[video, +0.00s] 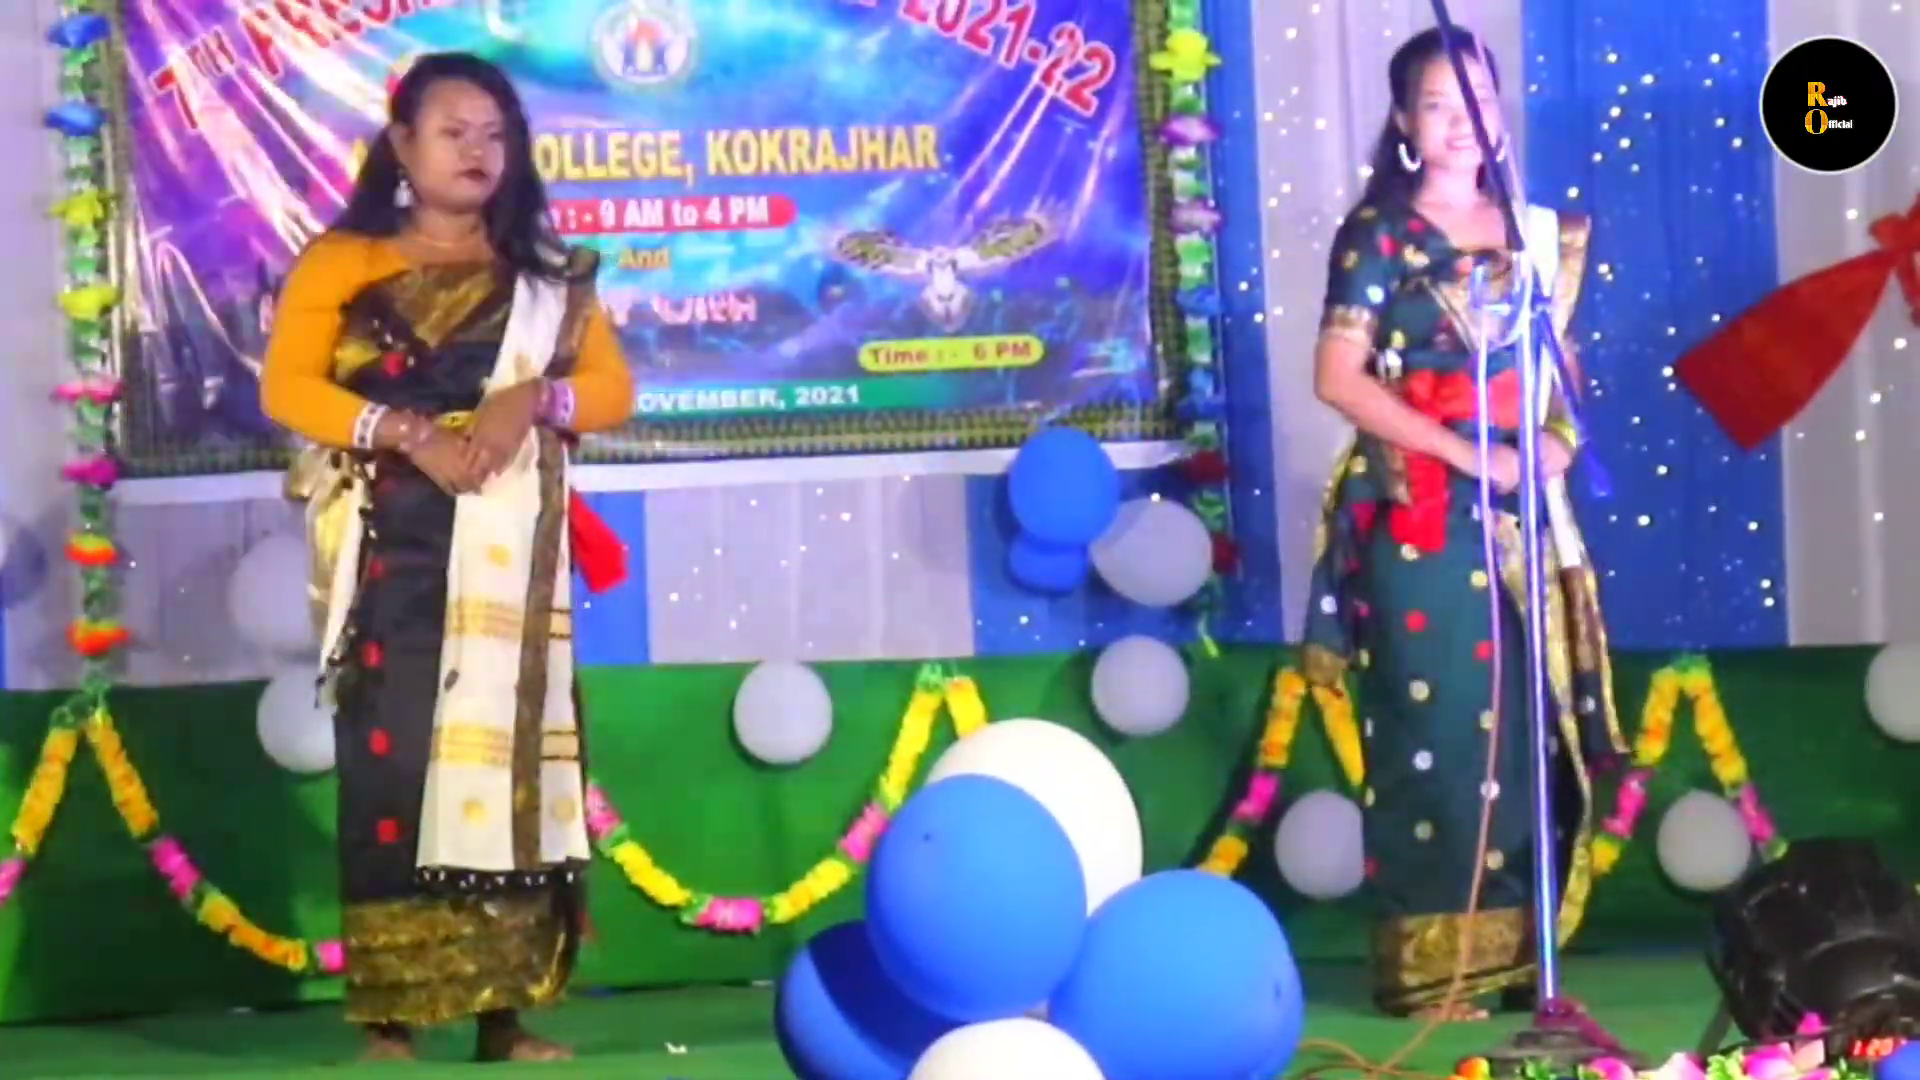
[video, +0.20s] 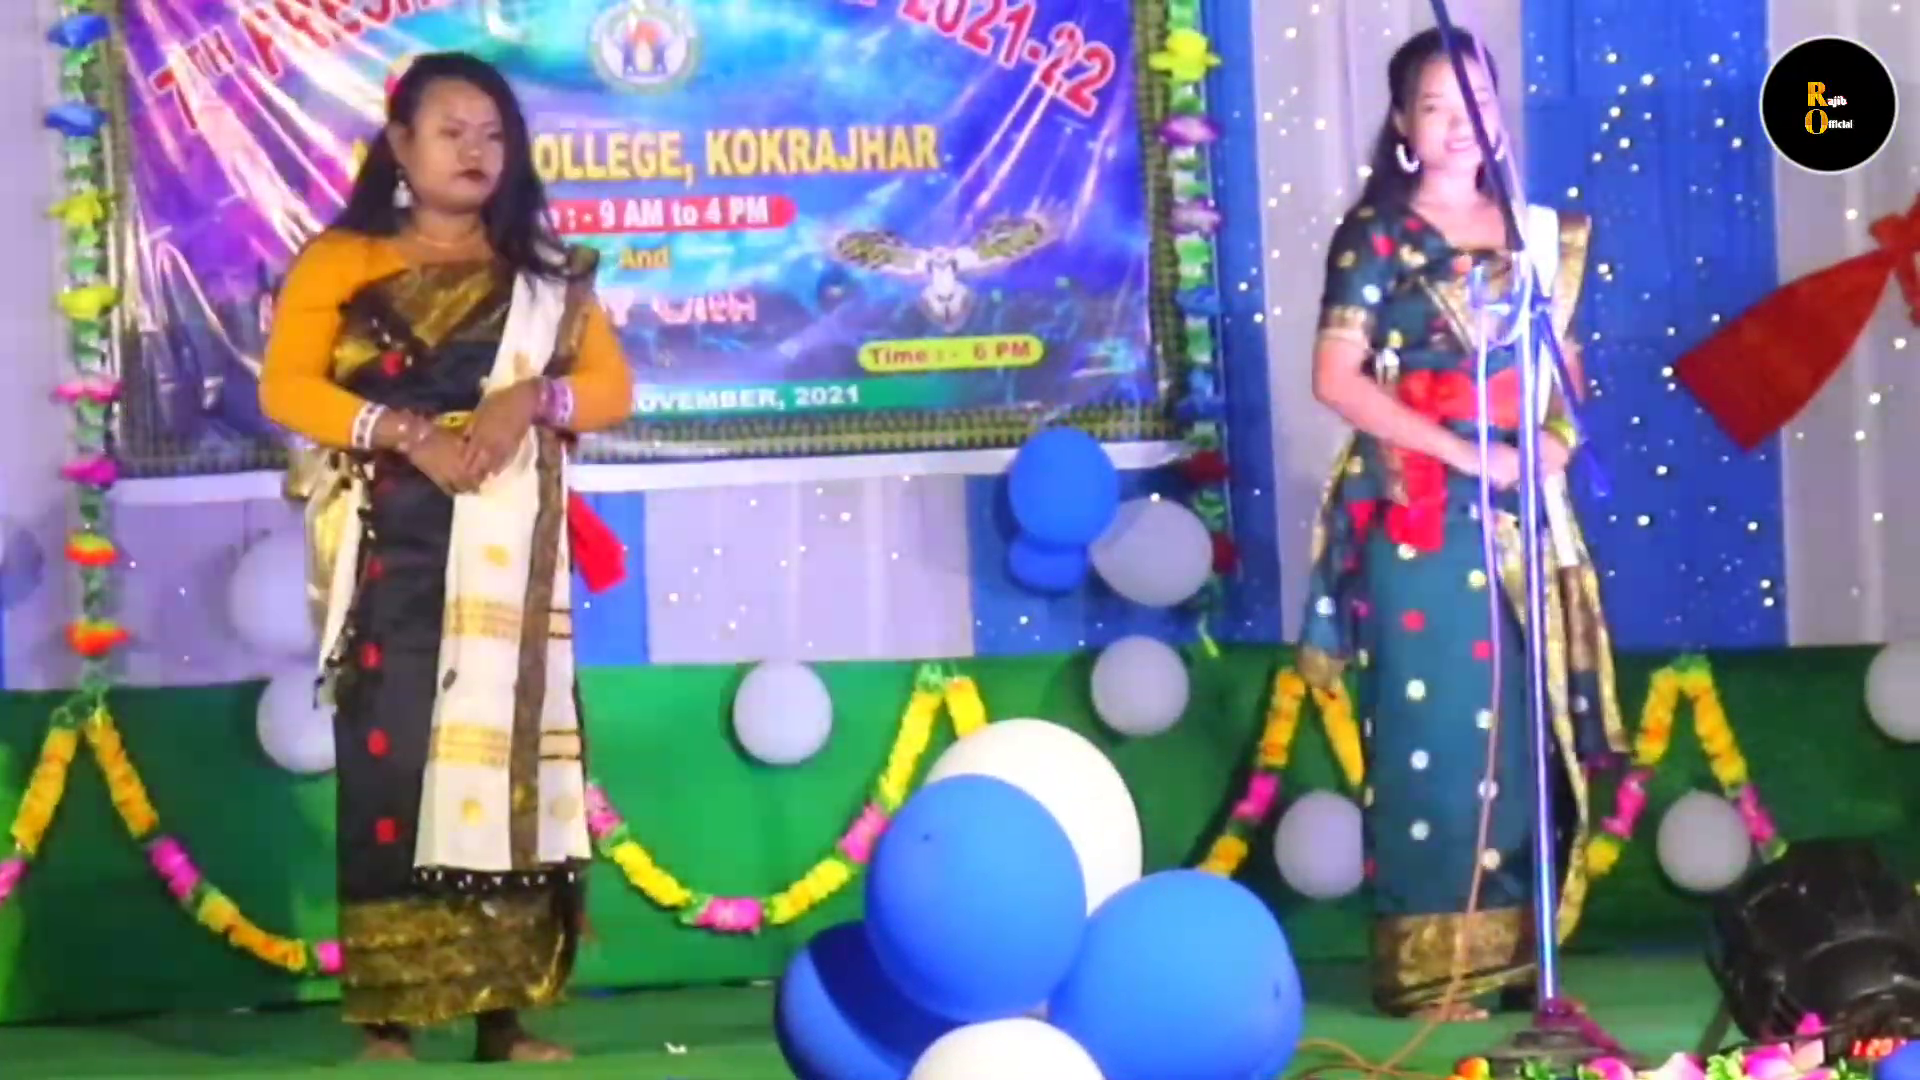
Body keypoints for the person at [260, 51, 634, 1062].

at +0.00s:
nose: (478, 151)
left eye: (495, 135)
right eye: (454, 132)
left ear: (514, 152)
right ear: (403, 146)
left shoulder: (545, 272)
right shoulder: (341, 262)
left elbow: (615, 393)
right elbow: (285, 388)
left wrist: (530, 398)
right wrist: (403, 427)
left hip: (512, 559)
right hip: (394, 556)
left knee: (514, 761)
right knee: (393, 766)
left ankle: (508, 1013)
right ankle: (390, 1011)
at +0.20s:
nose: (476, 150)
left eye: (493, 134)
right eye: (452, 131)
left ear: (512, 151)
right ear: (401, 146)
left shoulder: (543, 271)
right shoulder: (339, 262)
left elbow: (615, 389)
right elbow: (284, 388)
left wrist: (529, 399)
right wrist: (401, 427)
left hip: (512, 560)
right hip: (393, 557)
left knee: (513, 760)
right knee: (391, 766)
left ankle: (507, 1012)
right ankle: (386, 1011)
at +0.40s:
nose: (476, 153)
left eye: (492, 136)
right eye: (452, 134)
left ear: (511, 152)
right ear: (400, 147)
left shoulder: (544, 269)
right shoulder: (340, 261)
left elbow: (615, 389)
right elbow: (285, 387)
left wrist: (532, 398)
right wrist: (402, 427)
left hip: (512, 559)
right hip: (394, 557)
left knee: (513, 760)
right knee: (392, 765)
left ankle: (508, 1012)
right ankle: (388, 1011)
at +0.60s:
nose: (471, 153)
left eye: (489, 136)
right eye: (447, 132)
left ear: (512, 153)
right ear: (399, 147)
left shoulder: (546, 271)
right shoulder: (339, 261)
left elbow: (617, 388)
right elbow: (283, 389)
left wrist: (533, 398)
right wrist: (403, 431)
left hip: (514, 561)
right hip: (396, 558)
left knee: (514, 765)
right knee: (393, 770)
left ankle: (507, 1013)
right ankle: (387, 1012)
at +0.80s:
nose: (480, 150)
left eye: (498, 134)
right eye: (457, 130)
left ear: (516, 153)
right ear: (405, 144)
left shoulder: (546, 272)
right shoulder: (342, 264)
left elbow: (618, 389)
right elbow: (286, 393)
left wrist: (533, 400)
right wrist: (404, 432)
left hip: (516, 561)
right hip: (397, 558)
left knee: (516, 762)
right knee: (395, 767)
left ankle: (508, 1015)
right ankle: (389, 1015)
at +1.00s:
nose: (483, 142)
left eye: (498, 129)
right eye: (458, 125)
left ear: (515, 150)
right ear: (404, 142)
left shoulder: (545, 273)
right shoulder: (343, 266)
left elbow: (620, 390)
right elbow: (289, 394)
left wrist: (535, 403)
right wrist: (406, 434)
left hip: (517, 562)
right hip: (398, 559)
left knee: (518, 765)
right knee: (395, 771)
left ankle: (509, 1017)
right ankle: (389, 1017)